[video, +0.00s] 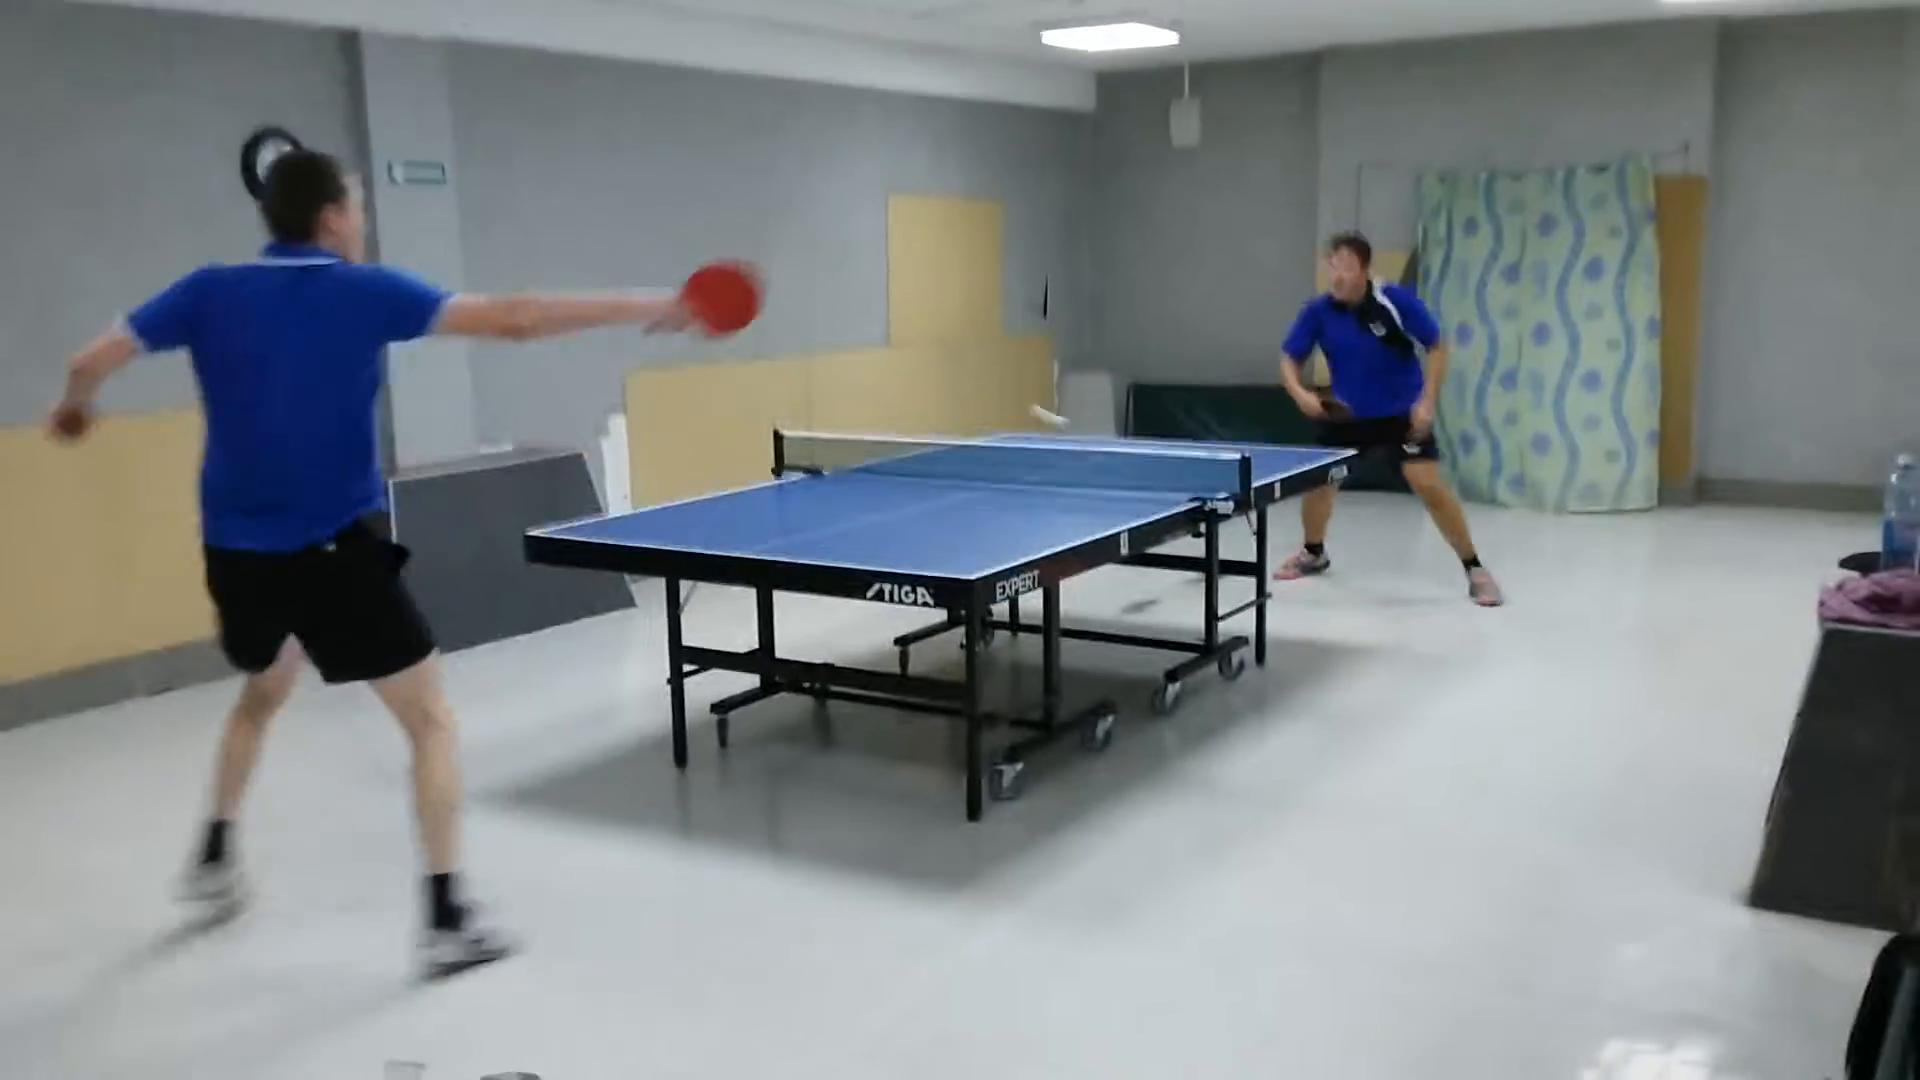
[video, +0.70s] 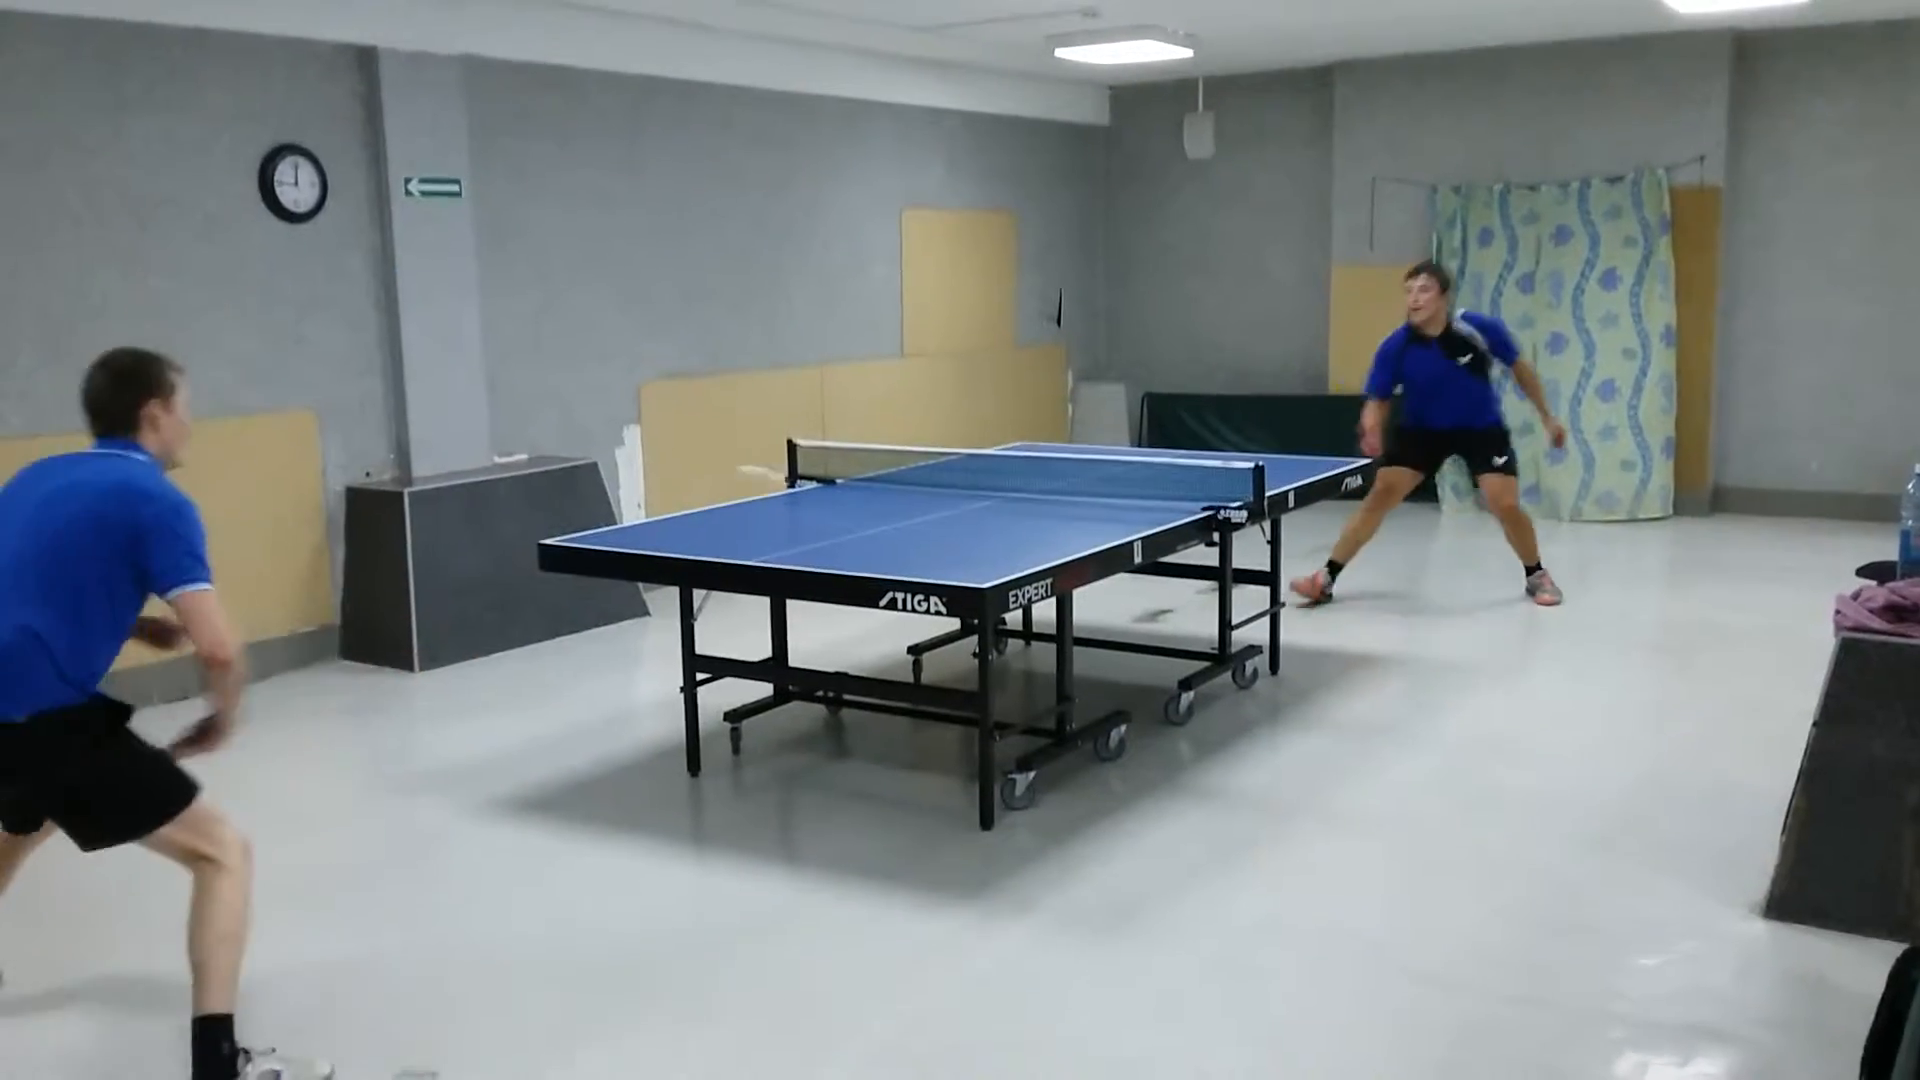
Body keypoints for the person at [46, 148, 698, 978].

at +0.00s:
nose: (360, 220)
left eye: (354, 206)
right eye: (353, 207)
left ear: (275, 218)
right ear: (330, 216)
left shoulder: (212, 291)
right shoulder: (363, 292)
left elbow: (91, 359)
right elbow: (510, 319)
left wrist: (73, 408)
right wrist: (647, 308)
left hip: (237, 555)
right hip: (338, 551)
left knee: (266, 683)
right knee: (430, 721)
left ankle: (212, 856)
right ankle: (447, 920)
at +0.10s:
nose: (307, 230)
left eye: (301, 214)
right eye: (300, 217)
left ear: (221, 230)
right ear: (277, 227)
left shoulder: (161, 315)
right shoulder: (309, 302)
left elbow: (65, 418)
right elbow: (411, 357)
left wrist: (46, 477)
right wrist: (558, 361)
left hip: (215, 587)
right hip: (318, 578)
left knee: (218, 725)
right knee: (396, 744)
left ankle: (109, 889)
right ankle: (421, 937)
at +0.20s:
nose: (278, 280)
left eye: (275, 264)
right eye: (272, 265)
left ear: (194, 280)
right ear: (242, 274)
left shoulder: (132, 367)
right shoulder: (267, 355)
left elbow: (68, 492)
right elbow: (334, 455)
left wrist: (101, 572)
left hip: (171, 634)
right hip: (273, 621)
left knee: (142, 792)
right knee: (391, 748)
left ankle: (29, 979)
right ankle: (427, 932)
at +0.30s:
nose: (250, 286)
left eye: (245, 269)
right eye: (243, 271)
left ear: (163, 284)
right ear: (213, 279)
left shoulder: (99, 370)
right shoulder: (223, 375)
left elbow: (52, 490)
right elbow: (266, 513)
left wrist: (128, 542)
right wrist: (383, 583)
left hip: (104, 645)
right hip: (204, 635)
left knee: (88, 813)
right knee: (339, 757)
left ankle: (3, 1004)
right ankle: (410, 945)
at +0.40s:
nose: (252, 282)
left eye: (247, 266)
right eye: (244, 267)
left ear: (168, 280)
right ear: (213, 277)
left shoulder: (91, 354)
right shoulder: (220, 375)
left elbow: (37, 475)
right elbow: (234, 520)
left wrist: (138, 508)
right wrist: (341, 601)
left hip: (51, 620)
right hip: (152, 617)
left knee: (84, 787)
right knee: (287, 772)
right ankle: (320, 980)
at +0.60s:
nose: (221, 390)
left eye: (217, 374)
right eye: (215, 375)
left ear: (137, 386)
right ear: (188, 383)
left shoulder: (75, 452)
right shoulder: (183, 475)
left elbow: (62, 567)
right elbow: (251, 623)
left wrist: (166, 608)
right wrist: (343, 643)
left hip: (3, 700)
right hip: (70, 709)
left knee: (47, 818)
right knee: (241, 842)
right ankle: (219, 1058)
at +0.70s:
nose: (187, 422)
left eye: (184, 406)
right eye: (181, 407)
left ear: (104, 418)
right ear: (152, 414)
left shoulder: (36, 478)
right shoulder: (154, 499)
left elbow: (44, 593)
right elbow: (218, 649)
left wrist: (143, 629)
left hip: (1, 713)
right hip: (49, 719)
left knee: (22, 823)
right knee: (223, 851)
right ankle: (216, 1057)